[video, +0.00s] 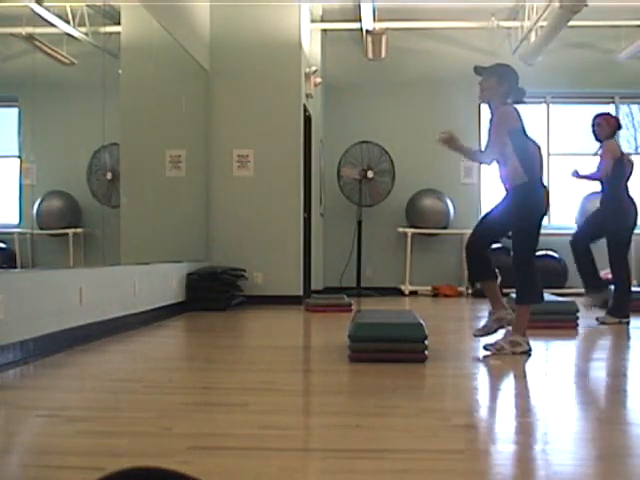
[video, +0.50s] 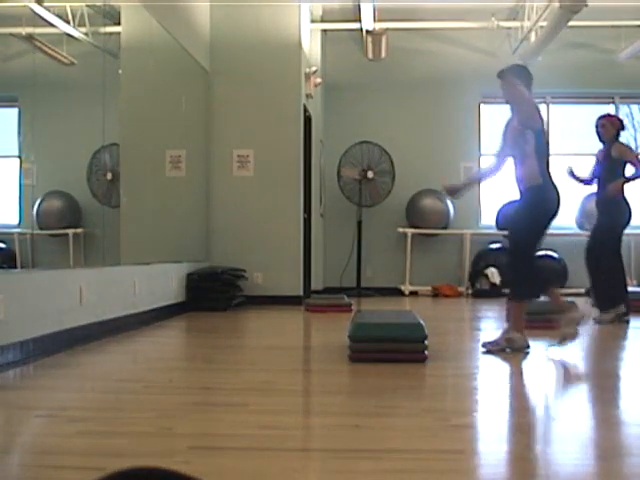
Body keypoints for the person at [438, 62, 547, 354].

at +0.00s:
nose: (480, 84)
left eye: (486, 80)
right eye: (481, 80)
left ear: (502, 87)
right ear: (499, 88)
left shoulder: (504, 113)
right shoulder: (501, 115)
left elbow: (496, 152)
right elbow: (490, 156)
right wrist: (461, 148)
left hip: (525, 196)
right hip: (519, 195)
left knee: (523, 262)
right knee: (475, 245)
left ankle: (518, 337)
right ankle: (499, 310)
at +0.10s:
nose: (485, 85)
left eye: (490, 80)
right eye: (486, 80)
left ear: (506, 84)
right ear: (502, 85)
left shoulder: (509, 111)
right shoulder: (507, 112)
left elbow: (506, 149)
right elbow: (505, 151)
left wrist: (516, 189)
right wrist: (480, 158)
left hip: (522, 193)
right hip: (516, 192)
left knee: (518, 261)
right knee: (484, 258)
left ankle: (518, 336)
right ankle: (506, 322)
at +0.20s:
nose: (490, 87)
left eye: (495, 82)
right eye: (490, 83)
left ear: (509, 84)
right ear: (502, 86)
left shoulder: (516, 113)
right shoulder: (507, 114)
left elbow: (506, 149)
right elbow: (498, 157)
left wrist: (503, 183)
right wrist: (484, 190)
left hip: (520, 193)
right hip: (513, 192)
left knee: (510, 261)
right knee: (507, 261)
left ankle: (517, 335)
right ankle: (513, 332)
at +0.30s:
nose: (493, 87)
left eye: (499, 82)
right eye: (493, 82)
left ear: (514, 85)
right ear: (497, 86)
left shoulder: (516, 114)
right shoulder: (503, 119)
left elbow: (497, 157)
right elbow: (490, 165)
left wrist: (461, 183)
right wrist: (459, 184)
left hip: (530, 194)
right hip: (522, 194)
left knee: (511, 259)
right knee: (512, 259)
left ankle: (516, 333)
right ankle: (514, 332)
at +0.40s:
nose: (496, 90)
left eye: (501, 85)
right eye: (495, 85)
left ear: (515, 87)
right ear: (500, 88)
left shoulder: (518, 115)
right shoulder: (505, 125)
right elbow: (482, 163)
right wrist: (448, 178)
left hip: (535, 195)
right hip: (530, 195)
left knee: (508, 253)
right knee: (516, 256)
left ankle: (528, 321)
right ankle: (517, 330)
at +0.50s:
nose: (504, 93)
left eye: (508, 87)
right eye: (502, 88)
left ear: (522, 87)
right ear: (509, 89)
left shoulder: (529, 114)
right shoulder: (512, 124)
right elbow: (495, 166)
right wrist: (461, 187)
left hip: (540, 196)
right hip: (532, 197)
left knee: (519, 260)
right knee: (522, 260)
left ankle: (515, 333)